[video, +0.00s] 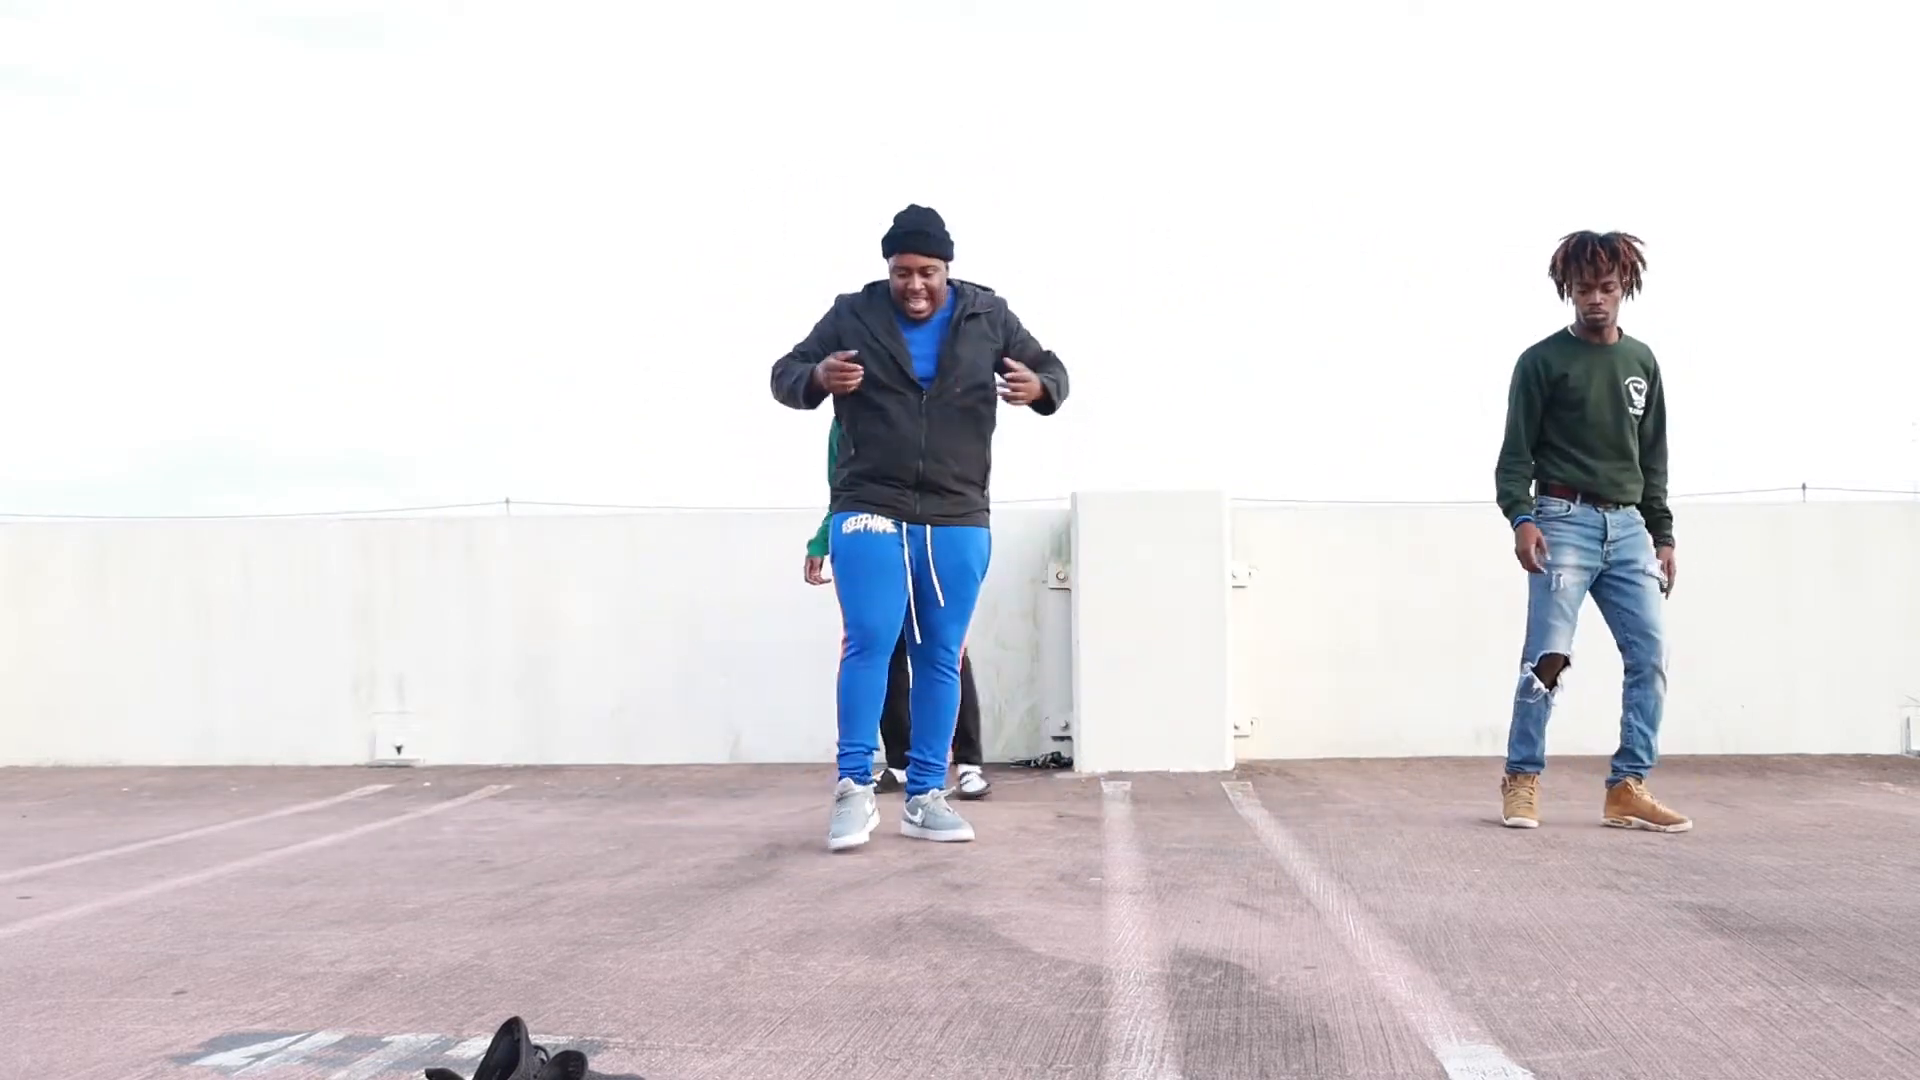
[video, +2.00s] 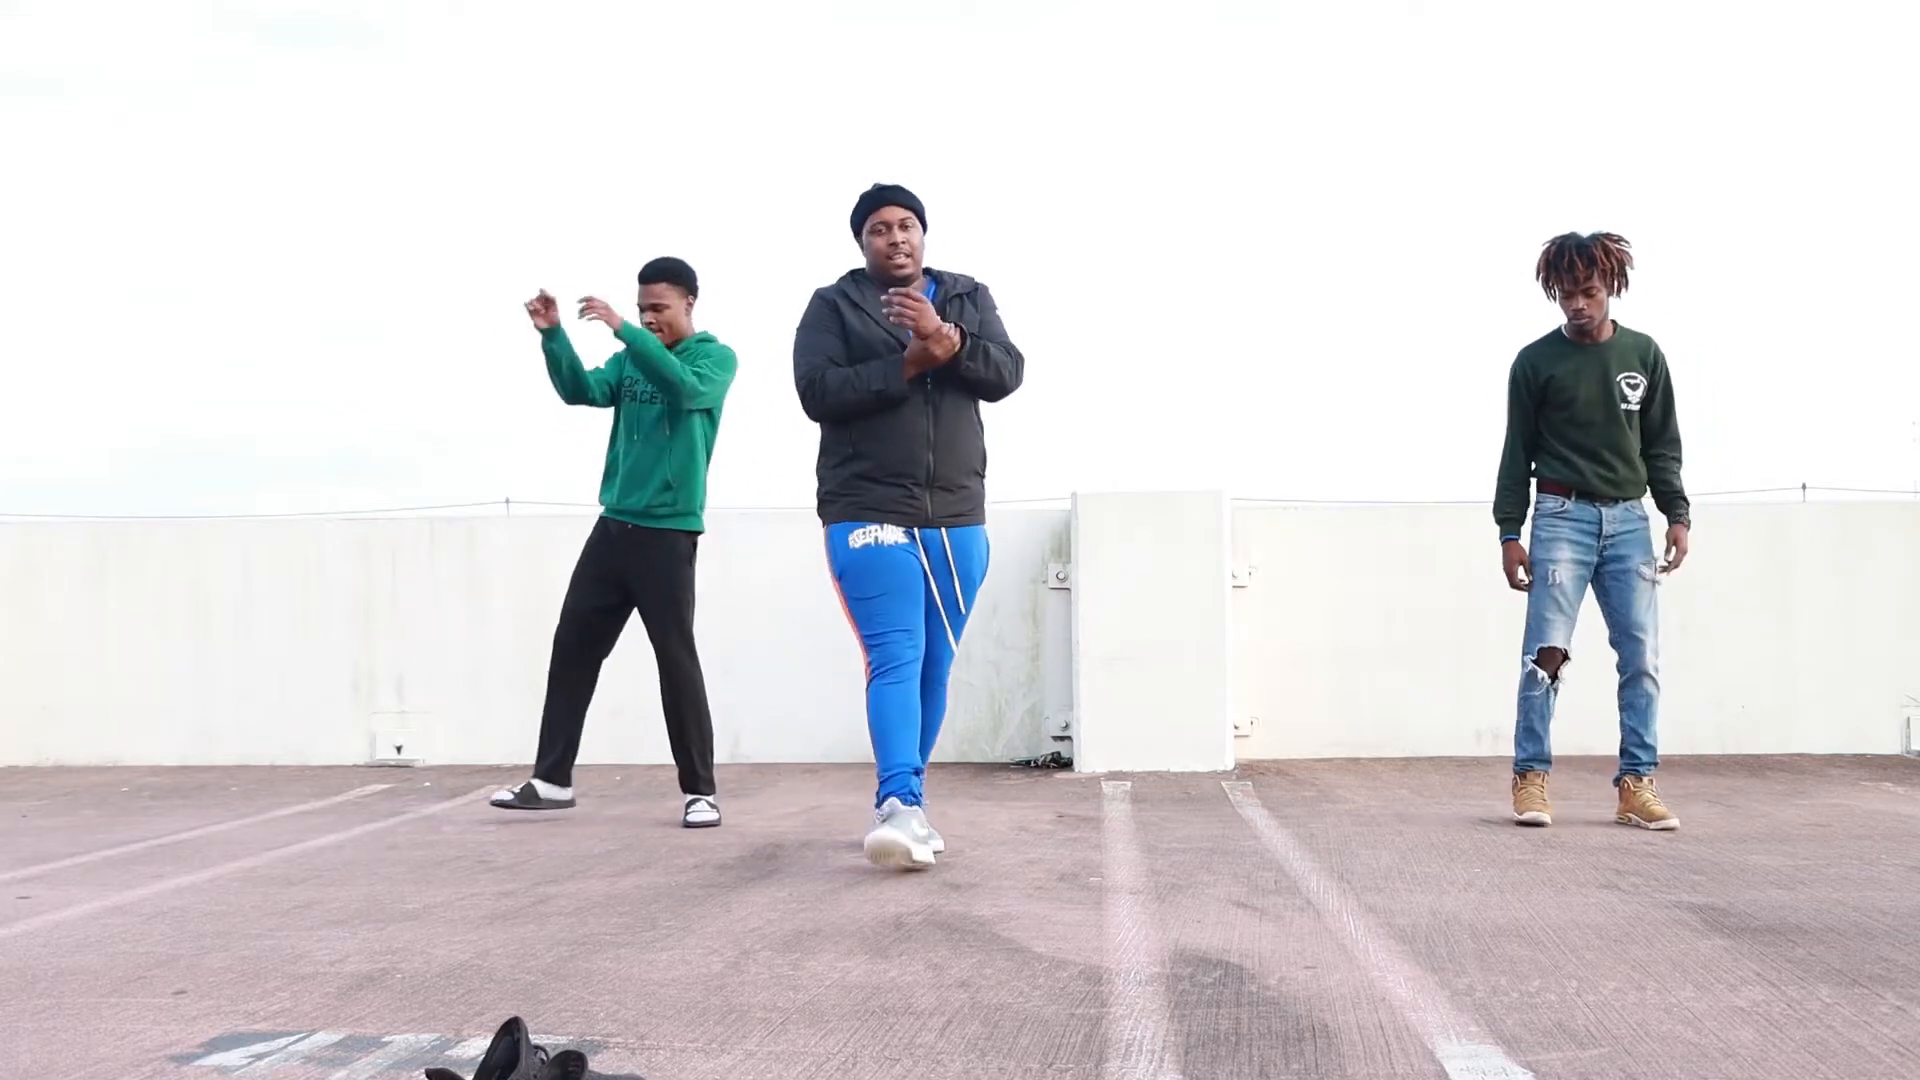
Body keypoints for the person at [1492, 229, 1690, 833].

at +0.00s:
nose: (1596, 298)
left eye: (1607, 286)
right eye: (1584, 288)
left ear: (1624, 288)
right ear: (1567, 290)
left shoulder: (1641, 361)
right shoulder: (1540, 361)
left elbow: (1652, 460)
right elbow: (1515, 453)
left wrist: (1663, 537)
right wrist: (1521, 518)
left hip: (1628, 524)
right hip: (1562, 519)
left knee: (1649, 656)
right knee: (1547, 657)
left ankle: (1627, 787)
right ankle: (1523, 782)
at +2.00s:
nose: (1577, 303)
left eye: (1588, 291)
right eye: (1566, 293)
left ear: (1611, 288)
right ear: (1554, 293)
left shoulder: (1643, 354)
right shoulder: (1533, 362)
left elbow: (1661, 444)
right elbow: (1515, 454)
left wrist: (1677, 513)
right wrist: (1510, 534)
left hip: (1630, 520)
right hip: (1559, 518)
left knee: (1643, 656)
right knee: (1546, 652)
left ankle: (1636, 783)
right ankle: (1531, 778)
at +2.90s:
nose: (1498, 318)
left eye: (1508, 304)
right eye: (1487, 308)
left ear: (1534, 299)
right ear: (1478, 309)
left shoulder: (1575, 359)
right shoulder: (1468, 372)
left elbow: (1614, 434)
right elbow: (1457, 459)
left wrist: (1589, 487)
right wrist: (1448, 534)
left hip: (1558, 526)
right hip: (1492, 529)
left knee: (1571, 641)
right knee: (1483, 655)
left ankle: (1585, 765)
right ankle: (1499, 778)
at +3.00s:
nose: (1500, 317)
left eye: (1510, 304)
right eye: (1489, 308)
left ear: (1536, 300)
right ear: (1479, 309)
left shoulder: (1574, 360)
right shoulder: (1467, 372)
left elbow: (1605, 435)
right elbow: (1453, 459)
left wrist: (1586, 479)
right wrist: (1443, 534)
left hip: (1559, 527)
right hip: (1490, 529)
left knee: (1578, 638)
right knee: (1482, 654)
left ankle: (1563, 768)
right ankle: (1499, 778)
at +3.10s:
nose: (1502, 314)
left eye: (1513, 302)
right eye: (1492, 303)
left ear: (1538, 299)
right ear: (1482, 306)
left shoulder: (1576, 361)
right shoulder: (1467, 370)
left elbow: (1600, 434)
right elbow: (1451, 456)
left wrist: (1587, 481)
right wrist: (1440, 534)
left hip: (1558, 528)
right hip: (1488, 528)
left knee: (1581, 641)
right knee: (1483, 654)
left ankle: (1549, 772)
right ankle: (1500, 779)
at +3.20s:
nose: (1508, 312)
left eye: (1518, 300)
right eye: (1497, 302)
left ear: (1541, 296)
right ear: (1486, 304)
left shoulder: (1575, 357)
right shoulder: (1468, 366)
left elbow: (1594, 436)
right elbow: (1450, 452)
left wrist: (1590, 489)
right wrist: (1441, 531)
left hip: (1559, 526)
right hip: (1488, 524)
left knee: (1580, 643)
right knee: (1485, 652)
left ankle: (1544, 775)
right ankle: (1499, 778)